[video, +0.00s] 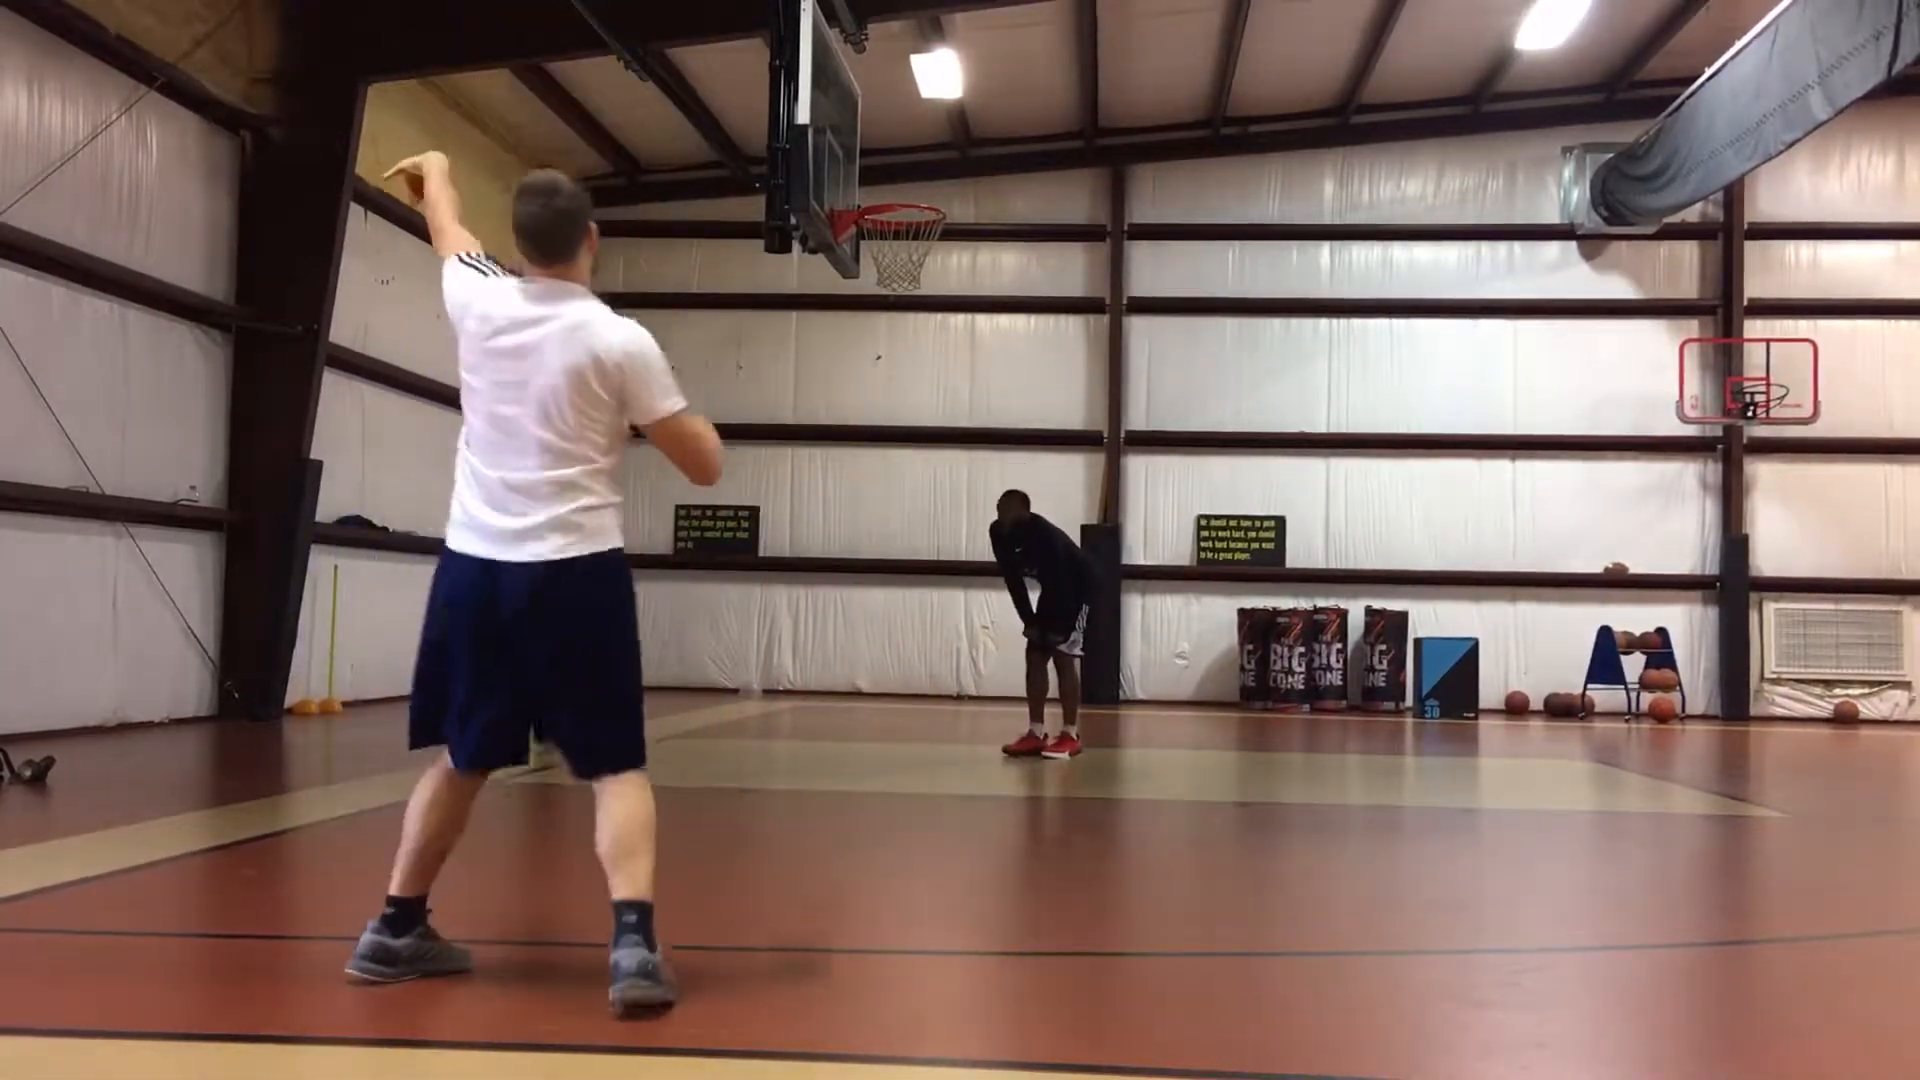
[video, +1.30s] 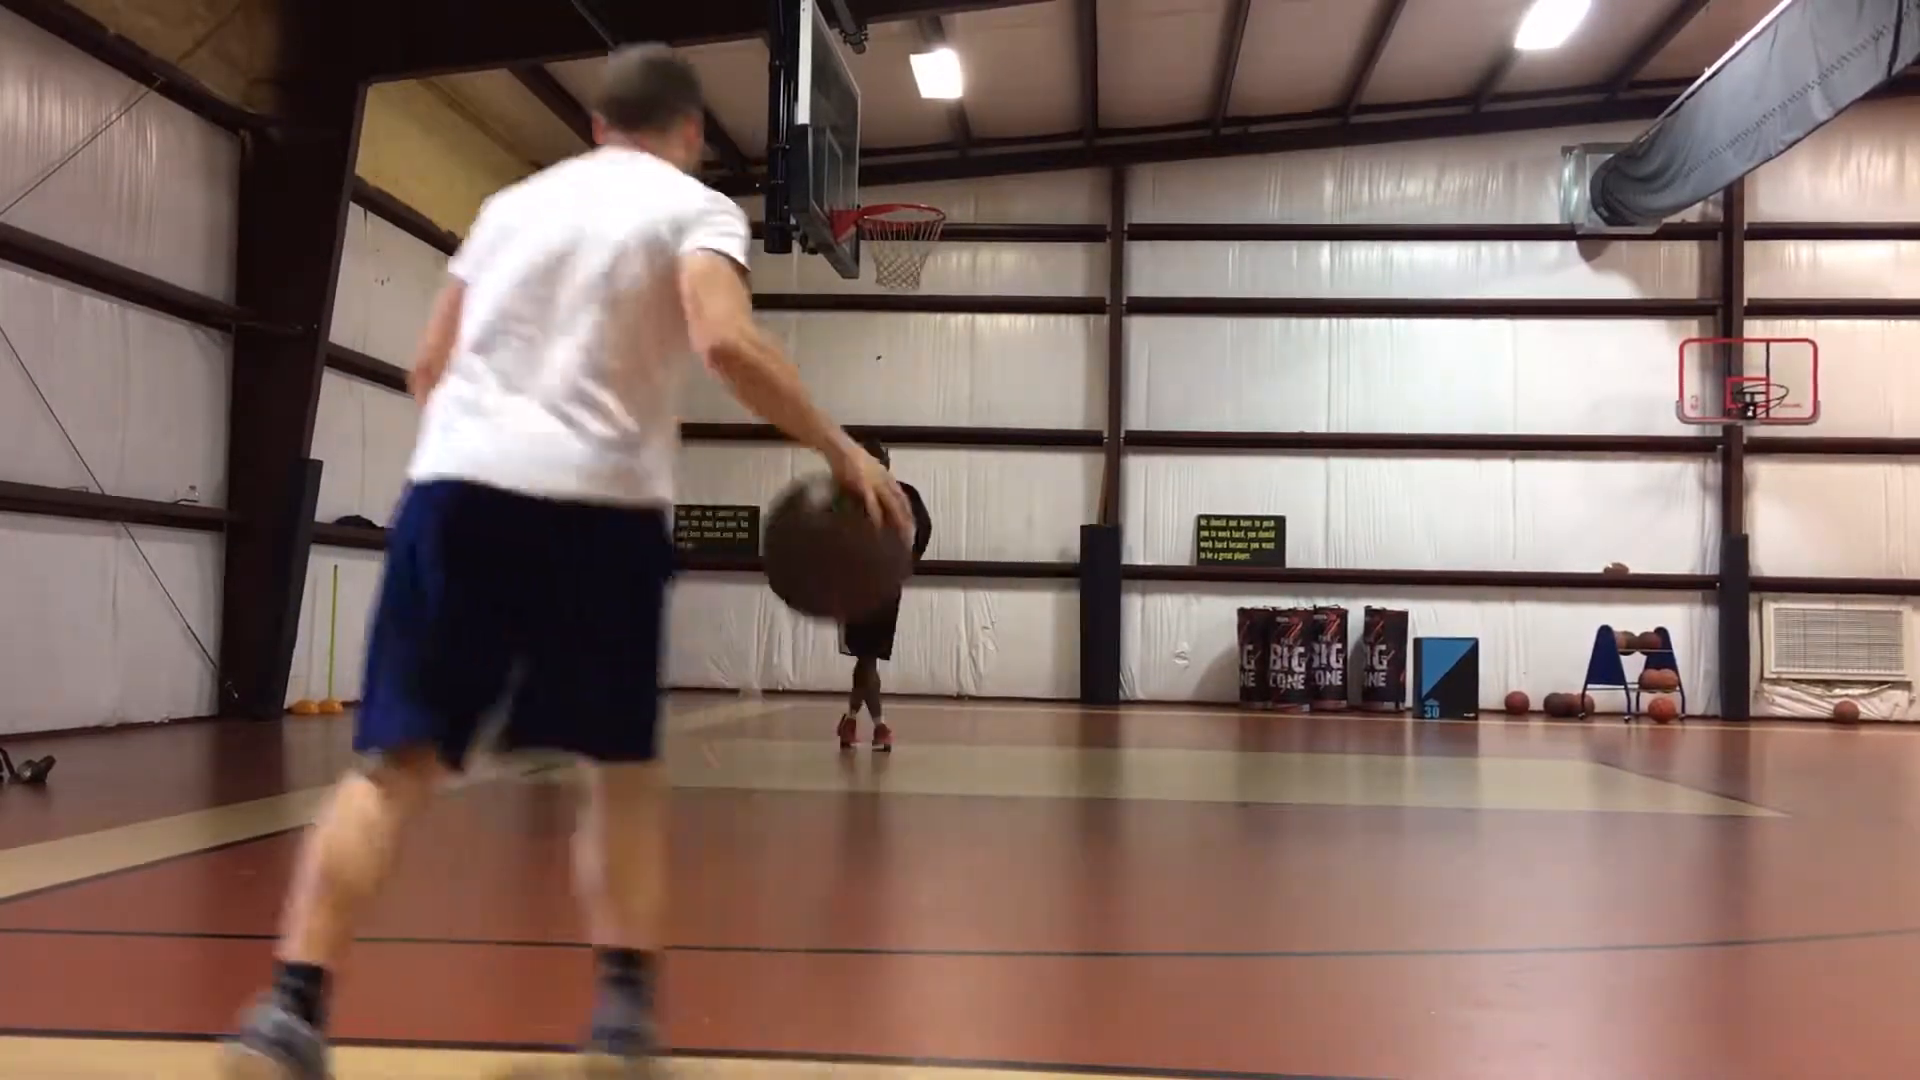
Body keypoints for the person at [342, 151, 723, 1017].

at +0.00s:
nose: (593, 241)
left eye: (562, 234)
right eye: (594, 233)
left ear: (518, 244)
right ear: (591, 242)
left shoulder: (476, 301)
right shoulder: (620, 342)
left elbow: (447, 228)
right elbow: (703, 463)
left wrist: (434, 169)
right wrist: (665, 410)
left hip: (474, 573)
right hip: (578, 579)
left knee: (462, 753)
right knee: (617, 764)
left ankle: (396, 928)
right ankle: (634, 946)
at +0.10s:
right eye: (626, 218)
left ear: (544, 232)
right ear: (623, 227)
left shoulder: (503, 290)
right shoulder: (658, 326)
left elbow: (453, 227)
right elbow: (725, 464)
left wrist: (430, 172)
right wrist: (744, 513)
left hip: (495, 561)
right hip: (604, 568)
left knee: (463, 743)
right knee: (628, 763)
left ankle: (411, 921)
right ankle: (635, 957)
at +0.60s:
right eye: (645, 185)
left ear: (556, 196)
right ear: (645, 192)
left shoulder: (511, 272)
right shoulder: (685, 286)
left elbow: (445, 314)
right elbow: (695, 426)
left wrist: (465, 248)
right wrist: (709, 570)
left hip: (522, 554)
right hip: (639, 561)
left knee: (522, 773)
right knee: (635, 774)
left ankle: (516, 1004)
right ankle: (641, 968)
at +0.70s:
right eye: (643, 172)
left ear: (548, 182)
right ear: (640, 178)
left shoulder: (503, 265)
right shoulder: (683, 271)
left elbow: (435, 372)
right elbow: (692, 416)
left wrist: (513, 352)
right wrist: (705, 563)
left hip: (517, 553)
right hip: (637, 558)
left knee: (520, 777)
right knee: (636, 778)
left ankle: (514, 1013)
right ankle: (641, 974)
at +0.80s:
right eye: (639, 159)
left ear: (548, 168)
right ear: (641, 164)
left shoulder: (502, 259)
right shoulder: (688, 258)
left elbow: (435, 396)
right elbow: (708, 408)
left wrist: (444, 468)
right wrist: (728, 549)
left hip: (520, 547)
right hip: (647, 550)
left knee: (519, 777)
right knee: (648, 770)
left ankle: (512, 1016)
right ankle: (645, 986)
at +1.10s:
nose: (696, 174)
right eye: (700, 161)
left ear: (601, 160)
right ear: (698, 163)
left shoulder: (532, 251)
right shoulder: (744, 263)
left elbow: (490, 380)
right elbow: (808, 420)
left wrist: (473, 527)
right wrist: (835, 539)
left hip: (543, 542)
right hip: (685, 551)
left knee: (526, 798)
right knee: (680, 788)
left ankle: (513, 1027)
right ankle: (697, 1049)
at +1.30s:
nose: (701, 152)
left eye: (698, 143)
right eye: (702, 140)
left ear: (596, 126)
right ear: (690, 134)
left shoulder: (507, 208)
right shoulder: (693, 206)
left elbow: (428, 369)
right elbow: (725, 343)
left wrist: (499, 458)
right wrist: (841, 450)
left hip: (456, 496)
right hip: (604, 511)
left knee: (392, 763)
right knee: (624, 767)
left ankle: (292, 998)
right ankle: (623, 1010)